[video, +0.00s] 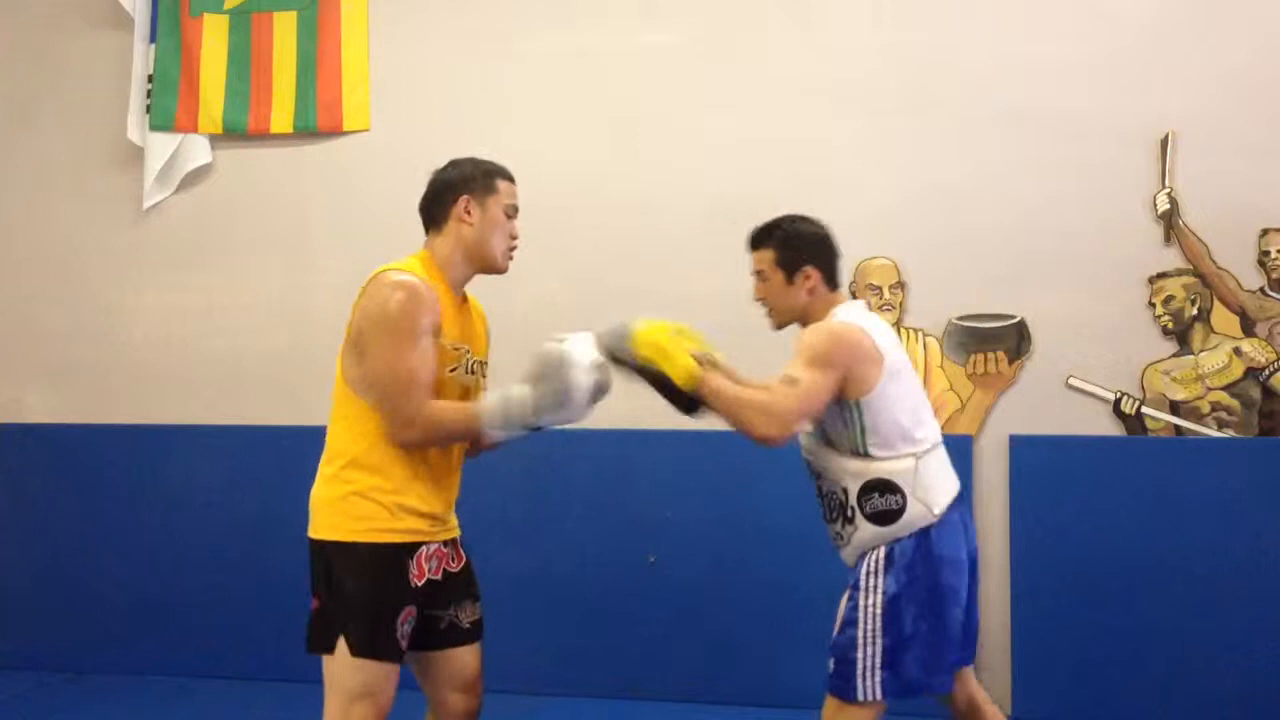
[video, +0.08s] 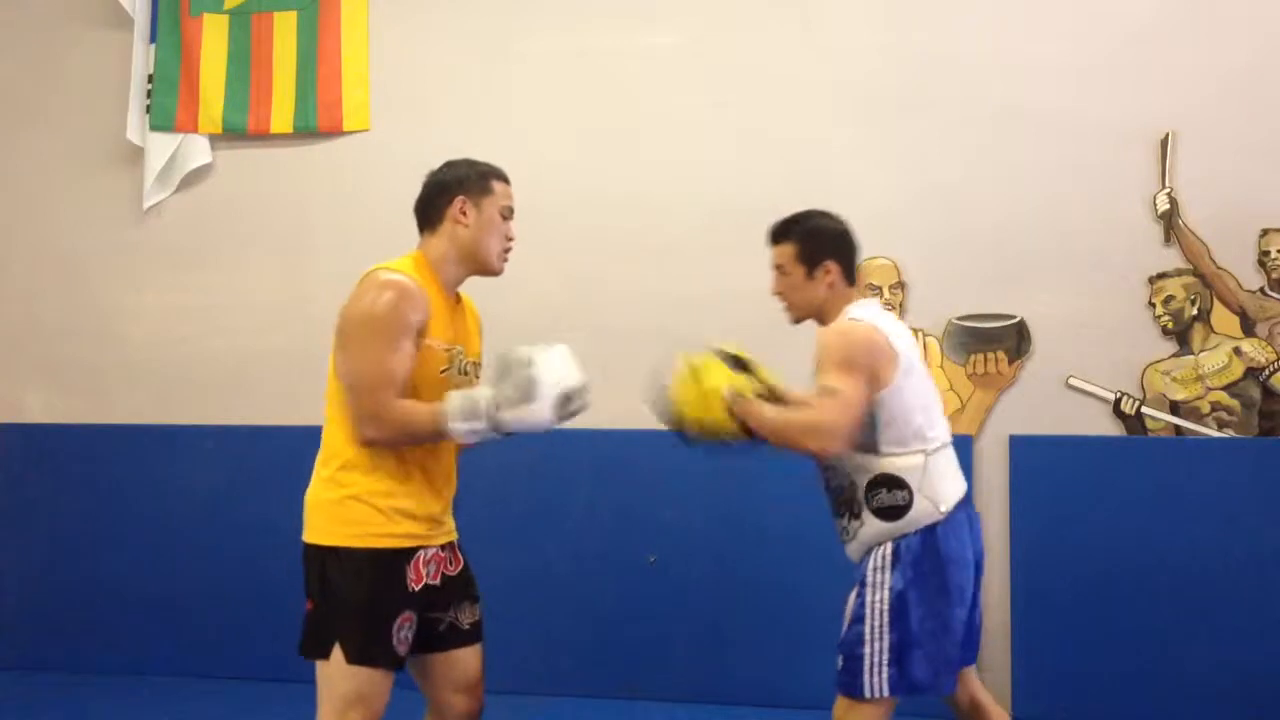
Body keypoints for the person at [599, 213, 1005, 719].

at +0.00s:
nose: (755, 291)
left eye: (763, 277)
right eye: (755, 277)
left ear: (808, 280)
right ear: (810, 281)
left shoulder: (835, 337)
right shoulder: (854, 326)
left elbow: (773, 424)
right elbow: (781, 404)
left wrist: (696, 377)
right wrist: (714, 372)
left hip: (903, 543)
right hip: (934, 531)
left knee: (850, 702)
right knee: (956, 687)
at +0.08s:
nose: (774, 287)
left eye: (783, 272)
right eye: (775, 272)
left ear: (827, 275)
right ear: (831, 276)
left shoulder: (849, 334)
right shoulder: (877, 322)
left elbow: (830, 433)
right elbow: (846, 413)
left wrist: (747, 412)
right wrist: (775, 396)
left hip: (909, 540)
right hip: (948, 529)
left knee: (861, 706)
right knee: (963, 686)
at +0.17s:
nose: (796, 289)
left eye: (805, 274)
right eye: (797, 274)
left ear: (849, 278)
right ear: (852, 279)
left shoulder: (869, 343)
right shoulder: (899, 330)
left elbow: (877, 445)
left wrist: (787, 455)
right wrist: (802, 444)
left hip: (921, 542)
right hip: (958, 531)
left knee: (859, 707)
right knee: (968, 692)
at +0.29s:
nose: (824, 302)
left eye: (835, 287)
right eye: (825, 287)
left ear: (879, 291)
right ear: (877, 294)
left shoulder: (902, 355)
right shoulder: (919, 347)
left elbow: (923, 459)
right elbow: (917, 458)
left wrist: (834, 477)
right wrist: (847, 473)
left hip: (941, 556)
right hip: (974, 551)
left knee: (853, 707)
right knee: (971, 701)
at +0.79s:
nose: (783, 287)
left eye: (794, 272)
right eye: (786, 272)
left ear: (840, 279)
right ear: (843, 280)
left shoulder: (853, 347)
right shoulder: (903, 337)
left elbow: (878, 433)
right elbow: (929, 448)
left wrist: (806, 493)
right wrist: (832, 507)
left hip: (905, 551)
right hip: (961, 537)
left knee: (845, 708)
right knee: (970, 692)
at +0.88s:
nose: (768, 288)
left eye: (780, 272)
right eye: (770, 272)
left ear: (826, 280)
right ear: (826, 282)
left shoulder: (840, 348)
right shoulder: (888, 330)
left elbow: (833, 436)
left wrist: (742, 456)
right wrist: (847, 491)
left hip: (905, 548)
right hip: (960, 533)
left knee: (847, 709)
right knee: (970, 688)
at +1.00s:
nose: (752, 287)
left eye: (763, 272)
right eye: (753, 272)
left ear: (810, 280)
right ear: (813, 281)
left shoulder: (820, 345)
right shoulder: (872, 321)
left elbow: (757, 420)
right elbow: (914, 420)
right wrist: (845, 490)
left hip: (905, 548)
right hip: (960, 527)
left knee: (856, 707)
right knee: (981, 688)